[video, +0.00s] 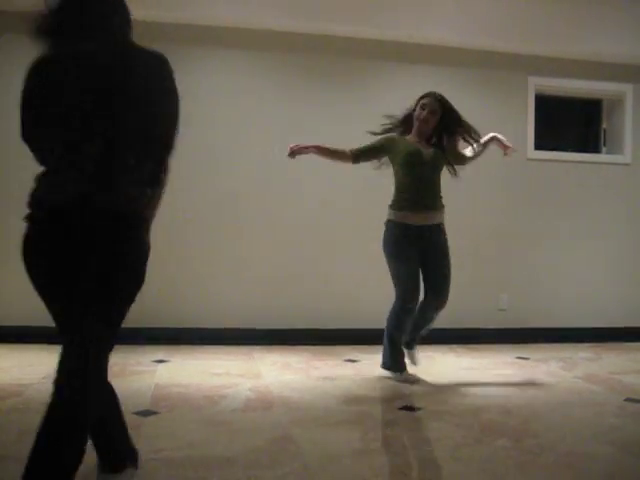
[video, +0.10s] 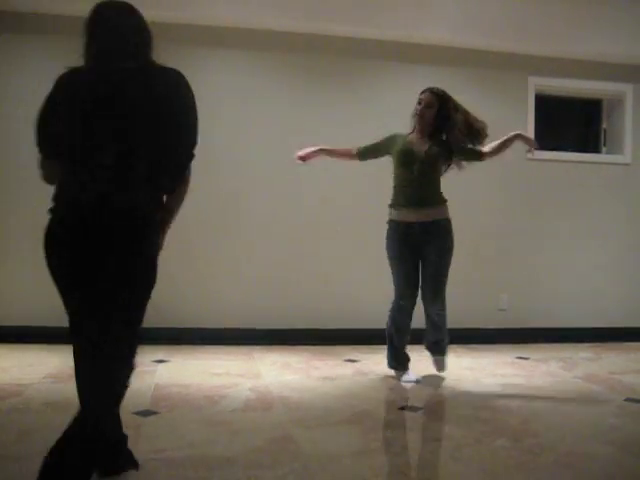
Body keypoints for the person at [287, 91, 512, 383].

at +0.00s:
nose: (426, 114)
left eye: (433, 111)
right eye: (422, 108)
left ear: (440, 120)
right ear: (414, 112)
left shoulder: (442, 150)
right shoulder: (396, 142)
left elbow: (468, 157)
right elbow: (353, 155)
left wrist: (490, 138)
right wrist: (313, 148)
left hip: (433, 232)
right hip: (401, 231)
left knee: (437, 297)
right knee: (407, 297)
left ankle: (409, 339)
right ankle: (392, 364)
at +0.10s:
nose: (421, 109)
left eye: (427, 106)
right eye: (419, 104)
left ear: (439, 113)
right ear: (415, 108)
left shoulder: (444, 147)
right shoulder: (398, 142)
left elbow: (484, 154)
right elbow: (358, 153)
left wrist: (516, 136)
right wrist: (320, 150)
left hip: (436, 227)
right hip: (401, 228)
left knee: (433, 296)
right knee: (404, 296)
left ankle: (438, 351)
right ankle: (398, 363)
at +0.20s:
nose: (418, 105)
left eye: (426, 102)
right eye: (418, 101)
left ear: (440, 110)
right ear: (416, 107)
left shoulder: (444, 142)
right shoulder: (402, 143)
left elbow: (492, 153)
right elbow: (377, 159)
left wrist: (534, 145)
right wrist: (345, 158)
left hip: (436, 228)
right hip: (404, 229)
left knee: (433, 296)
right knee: (404, 299)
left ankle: (449, 363)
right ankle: (402, 365)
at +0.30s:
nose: (418, 105)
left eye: (425, 101)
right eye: (419, 100)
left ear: (439, 108)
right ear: (418, 105)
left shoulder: (444, 142)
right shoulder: (413, 141)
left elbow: (484, 159)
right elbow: (402, 168)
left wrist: (527, 157)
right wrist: (377, 174)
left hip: (437, 228)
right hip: (412, 230)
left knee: (434, 297)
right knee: (407, 300)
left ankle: (461, 362)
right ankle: (407, 364)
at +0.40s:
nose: (417, 123)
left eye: (423, 118)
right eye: (418, 118)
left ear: (433, 124)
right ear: (437, 124)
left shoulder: (441, 150)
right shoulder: (424, 151)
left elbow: (456, 167)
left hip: (443, 236)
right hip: (428, 237)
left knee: (437, 302)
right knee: (406, 294)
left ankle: (468, 372)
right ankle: (418, 359)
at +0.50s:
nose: (417, 125)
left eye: (423, 123)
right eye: (419, 120)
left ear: (429, 136)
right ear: (444, 139)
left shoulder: (430, 165)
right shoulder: (441, 167)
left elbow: (413, 189)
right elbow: (463, 196)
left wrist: (392, 195)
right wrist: (461, 214)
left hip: (449, 250)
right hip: (445, 250)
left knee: (436, 315)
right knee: (403, 295)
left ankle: (469, 376)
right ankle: (422, 361)